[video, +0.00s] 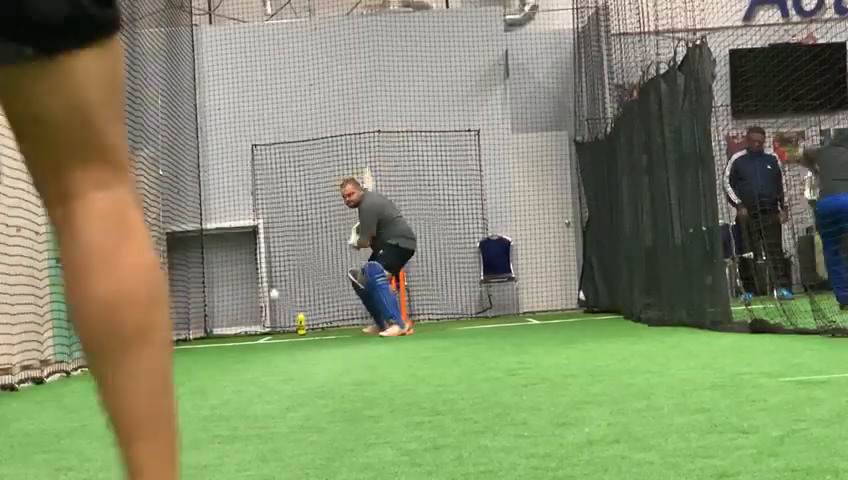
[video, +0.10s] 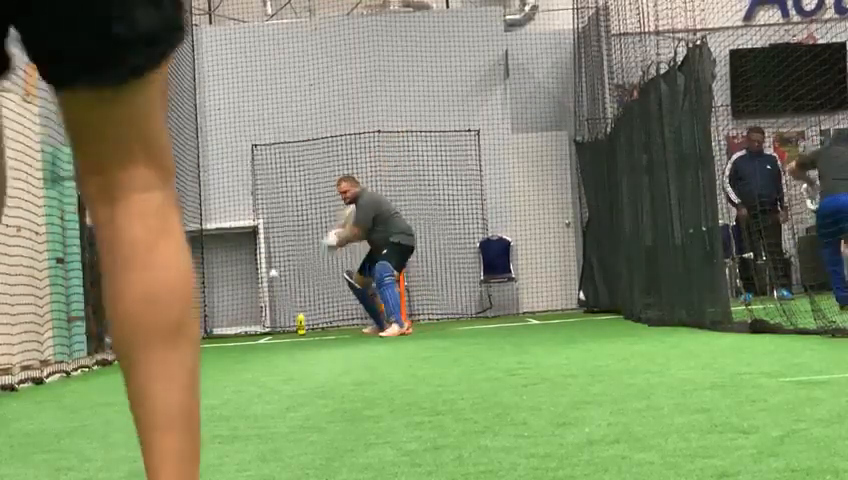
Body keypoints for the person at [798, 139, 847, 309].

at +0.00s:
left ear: (836, 138)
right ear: (846, 139)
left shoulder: (825, 151)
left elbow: (803, 156)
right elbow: (805, 156)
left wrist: (817, 170)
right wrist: (817, 170)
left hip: (826, 198)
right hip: (843, 195)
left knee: (831, 247)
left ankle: (842, 296)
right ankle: (843, 294)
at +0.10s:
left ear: (834, 139)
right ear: (845, 140)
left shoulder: (825, 152)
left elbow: (795, 169)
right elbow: (796, 169)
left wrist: (810, 182)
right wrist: (810, 181)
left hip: (830, 200)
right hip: (843, 197)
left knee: (830, 246)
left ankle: (842, 295)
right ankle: (841, 293)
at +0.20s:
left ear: (830, 138)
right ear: (845, 138)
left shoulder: (823, 152)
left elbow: (792, 180)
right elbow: (793, 180)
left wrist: (807, 193)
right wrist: (806, 193)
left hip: (831, 200)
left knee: (832, 246)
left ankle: (842, 295)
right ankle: (842, 294)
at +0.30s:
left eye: (826, 135)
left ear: (829, 134)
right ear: (845, 132)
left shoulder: (822, 150)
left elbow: (798, 182)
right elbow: (798, 182)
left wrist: (815, 201)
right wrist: (816, 202)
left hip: (833, 200)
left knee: (833, 247)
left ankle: (843, 297)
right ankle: (843, 296)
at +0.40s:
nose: (829, 126)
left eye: (830, 123)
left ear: (831, 127)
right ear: (846, 126)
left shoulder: (820, 148)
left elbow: (806, 182)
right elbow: (807, 181)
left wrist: (823, 194)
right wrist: (823, 194)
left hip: (834, 199)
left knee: (835, 247)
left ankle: (843, 297)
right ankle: (843, 296)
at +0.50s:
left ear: (833, 120)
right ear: (843, 120)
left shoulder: (824, 144)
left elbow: (812, 178)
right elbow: (813, 178)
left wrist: (829, 189)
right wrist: (827, 189)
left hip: (837, 198)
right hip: (838, 196)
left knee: (838, 245)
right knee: (837, 245)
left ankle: (842, 296)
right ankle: (841, 295)